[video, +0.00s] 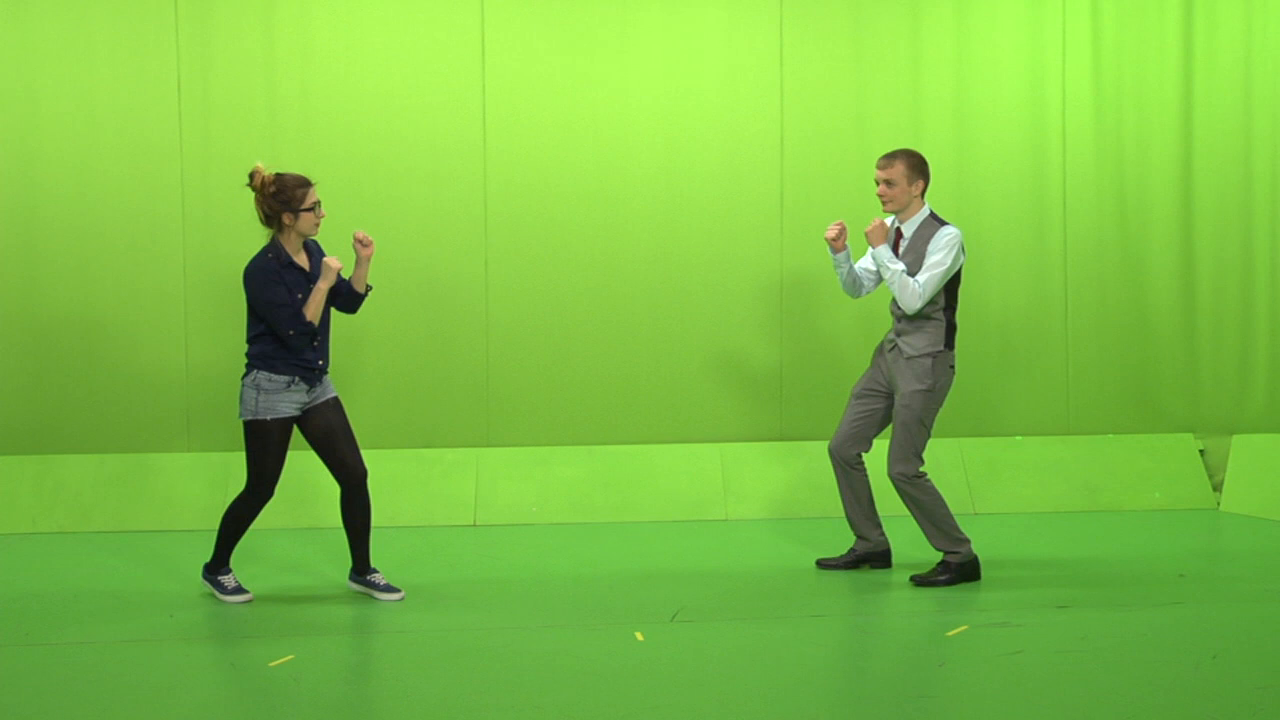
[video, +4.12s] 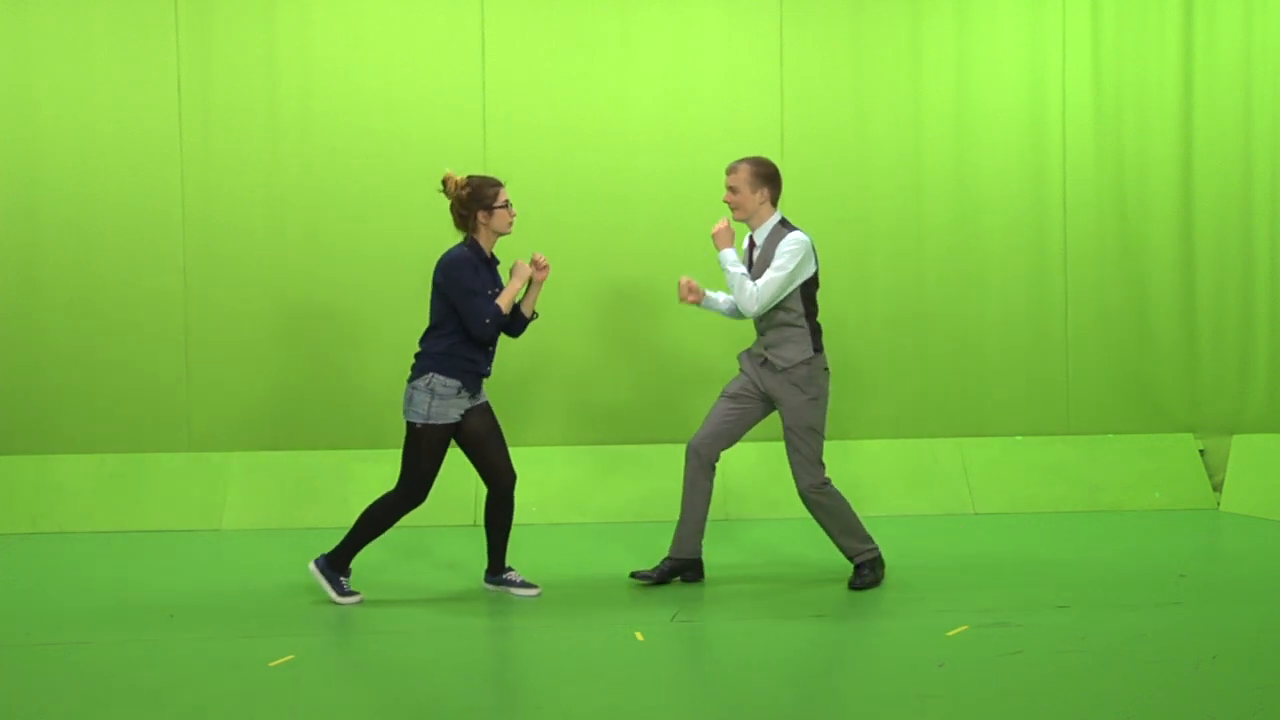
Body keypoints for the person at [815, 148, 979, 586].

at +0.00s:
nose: (881, 192)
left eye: (889, 184)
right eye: (878, 184)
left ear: (918, 187)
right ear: (881, 186)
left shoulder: (947, 238)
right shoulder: (888, 232)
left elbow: (913, 299)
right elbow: (856, 287)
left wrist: (883, 250)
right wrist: (840, 253)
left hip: (926, 362)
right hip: (890, 355)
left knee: (903, 467)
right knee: (844, 448)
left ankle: (961, 557)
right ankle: (871, 546)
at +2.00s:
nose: (885, 193)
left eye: (891, 185)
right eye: (883, 185)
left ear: (922, 187)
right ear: (900, 190)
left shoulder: (953, 238)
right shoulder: (897, 231)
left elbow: (911, 294)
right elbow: (856, 279)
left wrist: (885, 243)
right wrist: (842, 243)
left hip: (927, 363)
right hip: (891, 356)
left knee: (903, 468)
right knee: (844, 449)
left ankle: (961, 557)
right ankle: (871, 546)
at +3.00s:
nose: (855, 198)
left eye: (862, 190)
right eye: (854, 190)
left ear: (893, 193)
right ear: (882, 194)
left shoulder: (921, 248)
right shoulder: (868, 239)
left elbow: (881, 305)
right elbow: (833, 287)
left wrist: (851, 255)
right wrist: (818, 258)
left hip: (909, 370)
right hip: (871, 365)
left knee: (890, 475)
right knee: (808, 443)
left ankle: (957, 557)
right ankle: (805, 550)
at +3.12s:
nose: (834, 192)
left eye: (840, 184)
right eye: (833, 183)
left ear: (870, 187)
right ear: (860, 188)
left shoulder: (896, 242)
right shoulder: (844, 229)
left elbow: (848, 288)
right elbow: (803, 271)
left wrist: (822, 238)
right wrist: (791, 237)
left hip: (876, 368)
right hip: (836, 362)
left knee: (883, 473)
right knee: (776, 442)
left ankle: (954, 552)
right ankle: (739, 547)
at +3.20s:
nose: (811, 189)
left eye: (818, 181)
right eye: (811, 180)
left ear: (848, 184)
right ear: (838, 185)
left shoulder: (874, 237)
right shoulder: (821, 226)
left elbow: (828, 283)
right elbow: (778, 268)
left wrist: (802, 235)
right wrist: (770, 233)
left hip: (850, 364)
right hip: (809, 357)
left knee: (850, 473)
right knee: (758, 446)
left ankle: (922, 540)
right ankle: (731, 553)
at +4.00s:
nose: (749, 193)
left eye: (756, 186)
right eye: (749, 186)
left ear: (785, 189)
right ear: (772, 191)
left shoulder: (820, 239)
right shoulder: (765, 237)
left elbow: (780, 292)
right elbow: (736, 289)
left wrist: (750, 244)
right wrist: (717, 254)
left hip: (816, 368)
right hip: (775, 363)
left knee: (814, 475)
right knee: (722, 448)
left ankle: (868, 558)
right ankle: (712, 556)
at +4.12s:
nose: (727, 198)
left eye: (734, 191)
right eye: (726, 190)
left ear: (763, 194)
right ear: (755, 196)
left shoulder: (796, 244)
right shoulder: (748, 245)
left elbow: (755, 300)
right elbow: (743, 306)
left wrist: (726, 252)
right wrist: (704, 297)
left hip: (801, 373)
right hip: (760, 368)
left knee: (810, 480)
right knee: (701, 448)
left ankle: (867, 557)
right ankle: (685, 557)